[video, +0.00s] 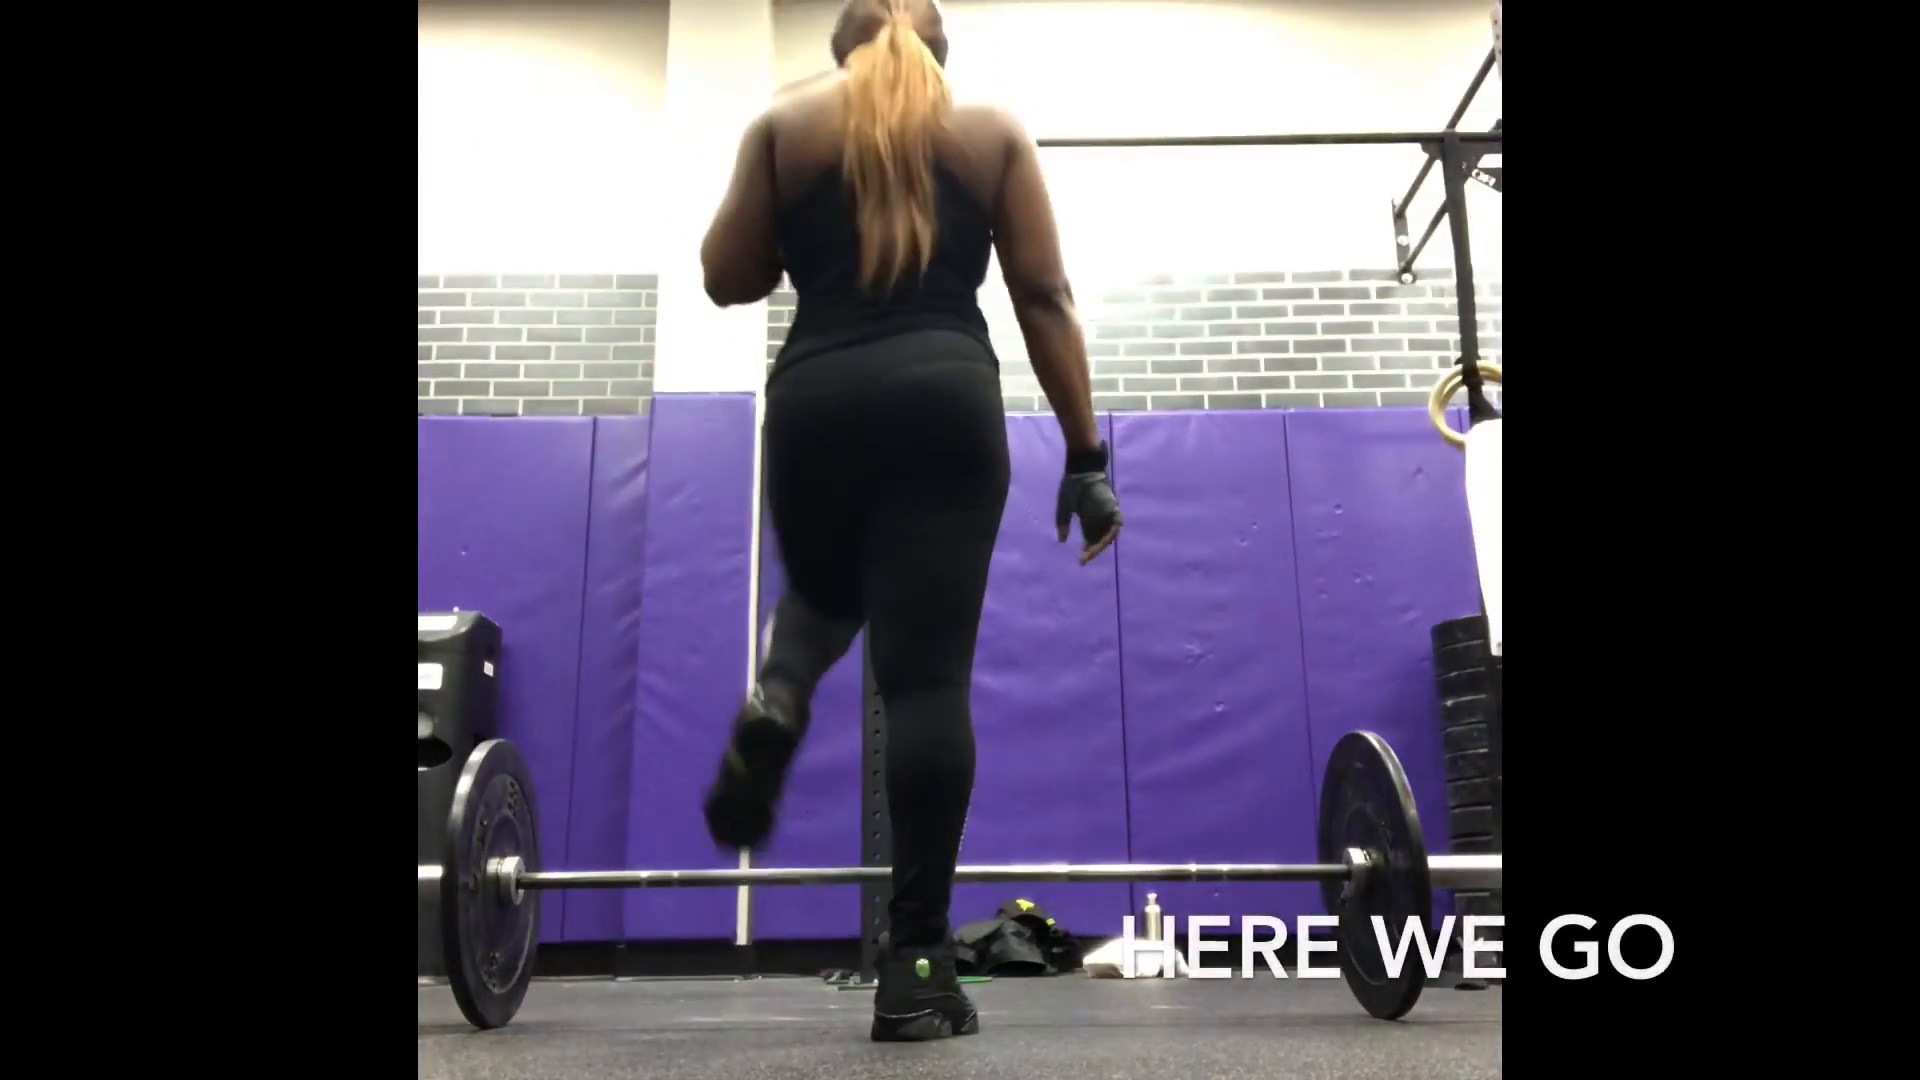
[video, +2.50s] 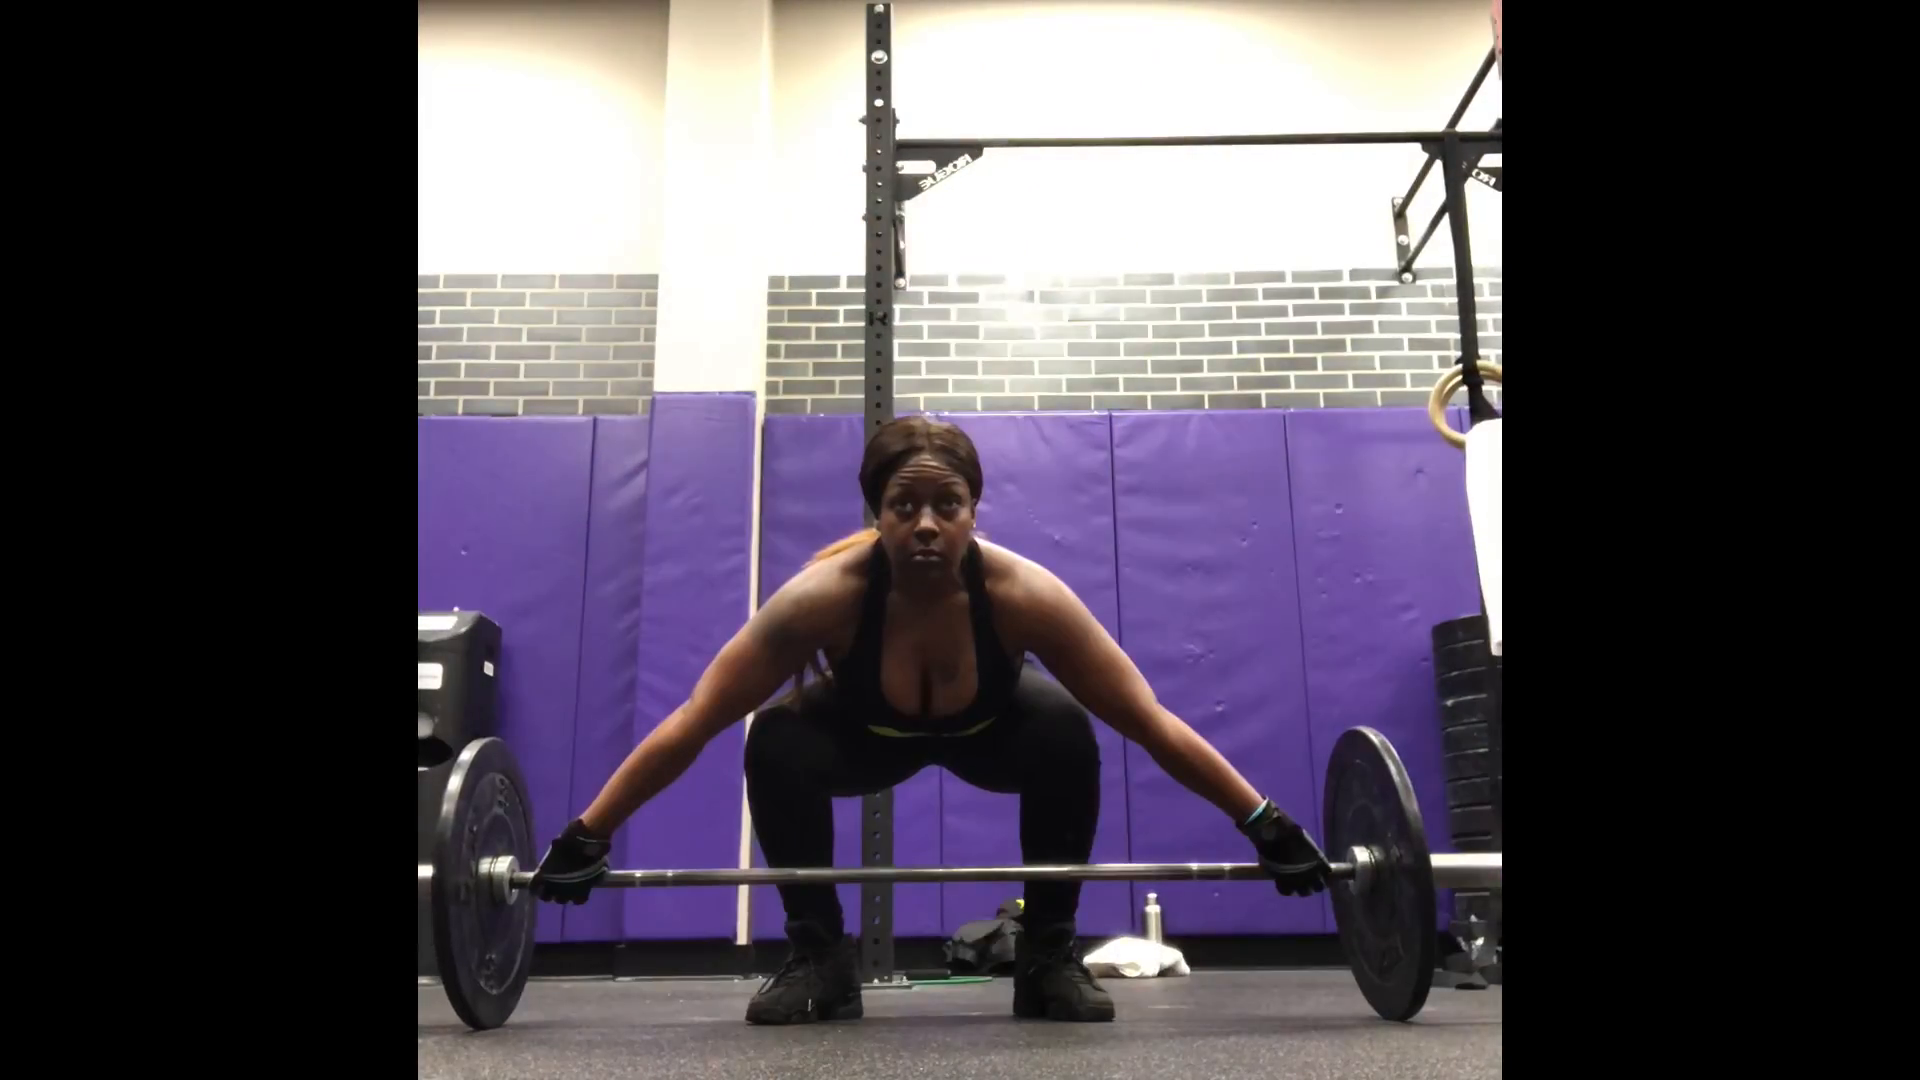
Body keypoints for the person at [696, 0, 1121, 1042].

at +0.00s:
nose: (936, 32)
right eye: (937, 28)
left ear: (843, 47)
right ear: (933, 47)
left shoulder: (785, 123)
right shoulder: (990, 131)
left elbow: (728, 277)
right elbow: (1044, 296)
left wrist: (807, 213)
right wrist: (1086, 453)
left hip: (815, 404)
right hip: (950, 401)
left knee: (822, 600)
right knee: (930, 684)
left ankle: (772, 717)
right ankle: (914, 967)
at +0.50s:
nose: (924, 189)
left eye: (913, 176)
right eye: (923, 178)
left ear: (835, 186)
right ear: (912, 186)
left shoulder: (783, 272)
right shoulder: (935, 245)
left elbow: (776, 407)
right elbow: (983, 378)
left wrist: (860, 378)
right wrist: (1048, 511)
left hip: (812, 486)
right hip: (921, 477)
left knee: (833, 726)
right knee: (930, 710)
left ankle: (813, 953)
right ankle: (915, 934)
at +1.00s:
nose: (950, 255)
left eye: (946, 242)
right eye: (946, 242)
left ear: (875, 240)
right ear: (926, 239)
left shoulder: (827, 310)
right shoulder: (920, 281)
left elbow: (815, 440)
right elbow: (929, 379)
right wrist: (988, 518)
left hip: (838, 516)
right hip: (922, 509)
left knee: (855, 738)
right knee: (1031, 691)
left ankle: (817, 949)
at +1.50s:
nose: (1041, 281)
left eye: (1038, 266)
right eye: (1031, 265)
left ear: (990, 270)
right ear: (992, 265)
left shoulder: (954, 330)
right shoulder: (963, 301)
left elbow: (866, 423)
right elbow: (866, 323)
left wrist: (935, 484)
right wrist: (946, 420)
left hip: (952, 531)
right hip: (978, 528)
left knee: (993, 733)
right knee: (1007, 728)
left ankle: (986, 938)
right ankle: (983, 942)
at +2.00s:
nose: (1002, 318)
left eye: (1011, 306)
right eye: (987, 304)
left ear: (1017, 311)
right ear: (947, 305)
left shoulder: (1015, 379)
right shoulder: (901, 363)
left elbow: (1023, 453)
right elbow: (805, 404)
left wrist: (1020, 495)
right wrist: (850, 462)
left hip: (1009, 561)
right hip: (928, 549)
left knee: (994, 754)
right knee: (930, 728)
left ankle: (982, 948)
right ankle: (886, 941)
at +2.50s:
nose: (928, 522)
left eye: (946, 503)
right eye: (908, 505)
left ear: (973, 510)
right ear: (877, 514)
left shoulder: (1025, 594)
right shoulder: (823, 595)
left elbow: (1151, 724)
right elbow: (696, 724)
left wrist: (1263, 821)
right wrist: (585, 834)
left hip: (985, 731)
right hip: (865, 735)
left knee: (1065, 736)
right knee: (777, 746)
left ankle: (1049, 961)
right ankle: (819, 961)